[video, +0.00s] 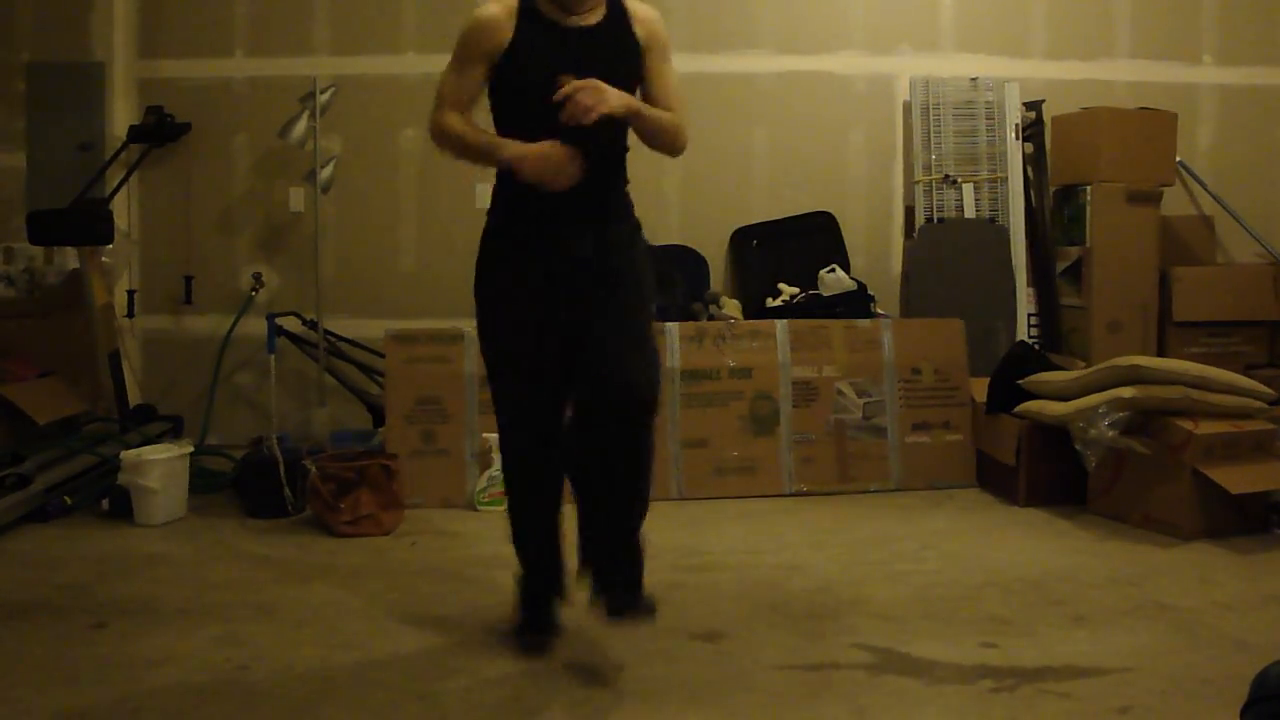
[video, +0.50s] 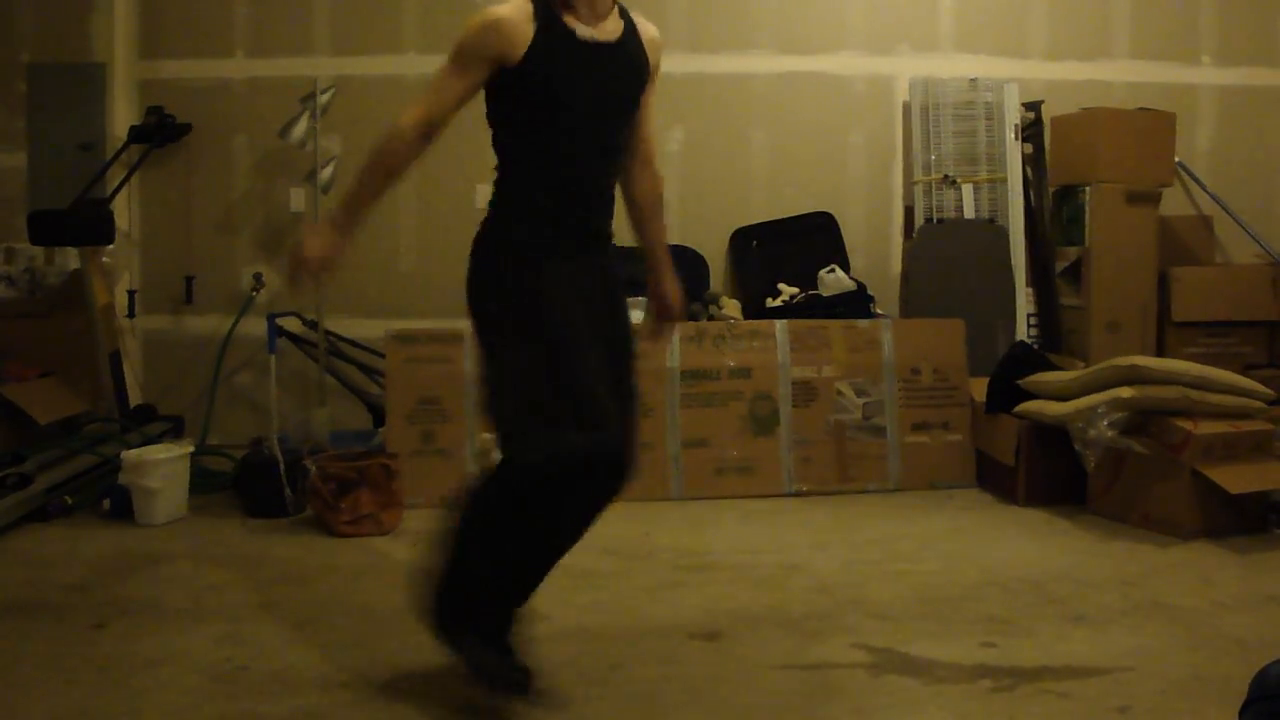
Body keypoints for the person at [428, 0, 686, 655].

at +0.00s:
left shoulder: (639, 26)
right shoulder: (496, 25)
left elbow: (675, 137)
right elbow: (445, 122)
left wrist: (625, 104)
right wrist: (518, 153)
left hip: (609, 248)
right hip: (521, 249)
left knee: (623, 408)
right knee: (530, 423)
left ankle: (617, 574)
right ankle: (538, 592)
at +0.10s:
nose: (567, 6)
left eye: (576, 2)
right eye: (555, 1)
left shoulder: (622, 53)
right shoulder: (482, 54)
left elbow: (661, 156)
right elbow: (468, 170)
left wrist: (614, 126)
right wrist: (556, 149)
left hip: (598, 285)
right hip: (510, 285)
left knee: (607, 452)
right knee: (508, 449)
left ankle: (584, 630)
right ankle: (508, 579)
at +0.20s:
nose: (570, 7)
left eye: (579, 0)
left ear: (593, 0)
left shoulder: (626, 64)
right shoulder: (486, 53)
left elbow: (644, 168)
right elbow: (482, 159)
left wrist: (609, 149)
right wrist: (571, 175)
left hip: (584, 287)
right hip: (499, 283)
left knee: (592, 463)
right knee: (492, 462)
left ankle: (545, 650)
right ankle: (517, 591)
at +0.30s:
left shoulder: (639, 57)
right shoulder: (503, 28)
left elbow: (638, 158)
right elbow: (475, 138)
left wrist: (627, 216)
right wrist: (530, 231)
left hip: (585, 269)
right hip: (492, 264)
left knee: (566, 452)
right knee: (482, 441)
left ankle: (492, 623)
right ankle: (487, 599)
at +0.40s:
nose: (595, 2)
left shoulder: (642, 68)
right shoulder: (503, 46)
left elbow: (637, 189)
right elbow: (441, 150)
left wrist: (644, 292)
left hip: (581, 292)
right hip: (496, 285)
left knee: (560, 484)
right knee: (496, 455)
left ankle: (474, 623)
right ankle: (407, 542)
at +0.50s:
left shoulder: (639, 40)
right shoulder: (507, 28)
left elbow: (640, 164)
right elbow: (416, 129)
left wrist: (659, 266)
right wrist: (336, 223)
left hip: (589, 272)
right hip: (516, 269)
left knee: (606, 457)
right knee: (543, 448)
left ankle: (486, 609)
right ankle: (466, 605)